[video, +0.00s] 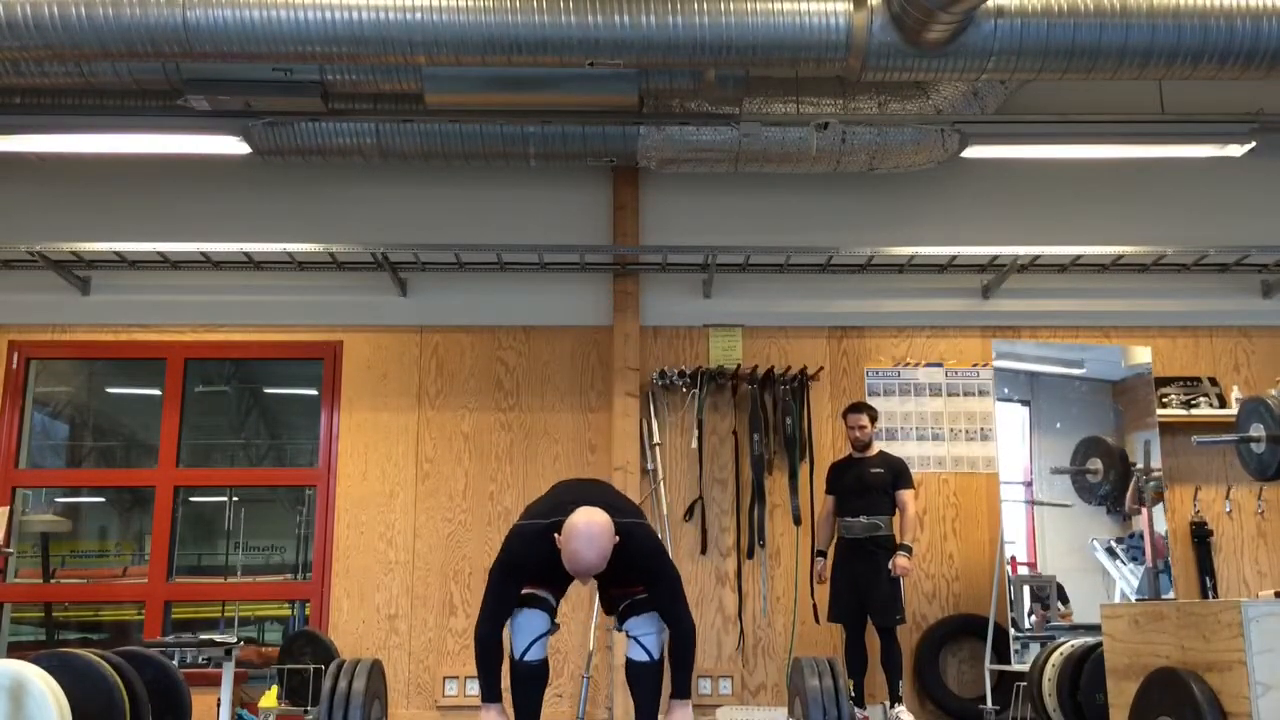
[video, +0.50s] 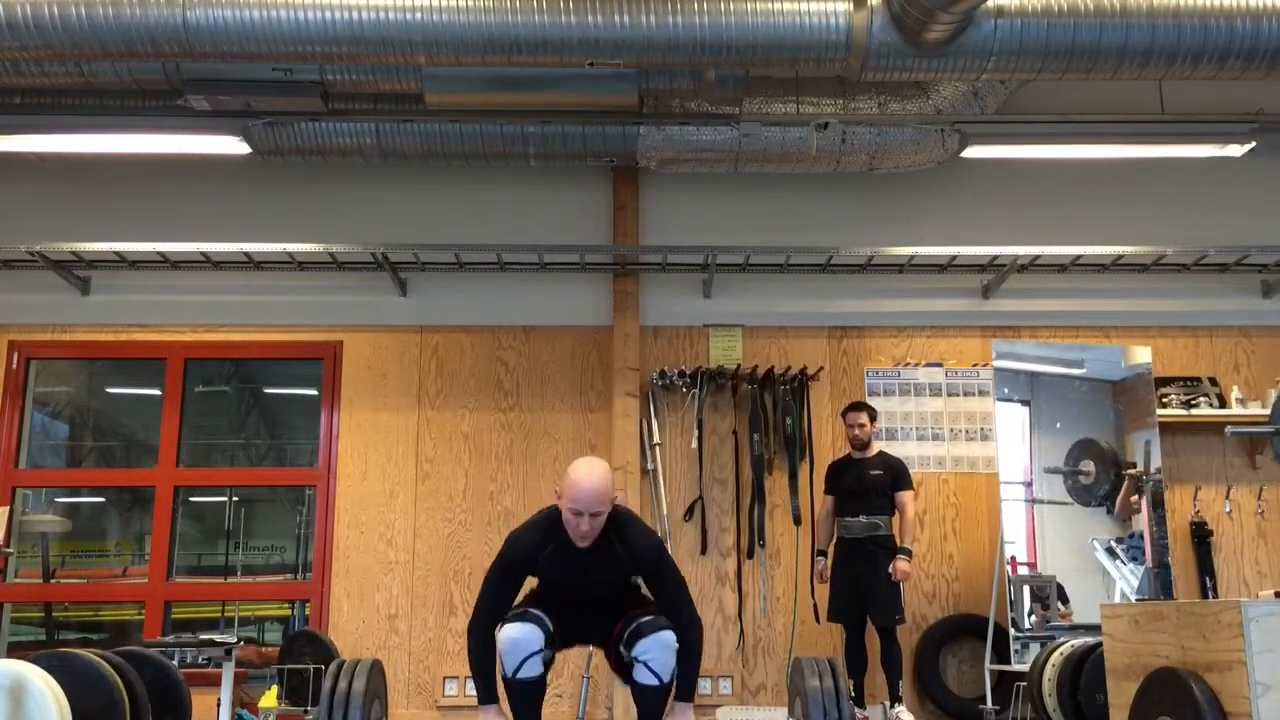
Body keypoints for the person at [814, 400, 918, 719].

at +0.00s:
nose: (856, 433)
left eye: (862, 427)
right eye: (851, 428)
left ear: (873, 427)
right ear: (845, 429)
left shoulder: (894, 465)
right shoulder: (837, 468)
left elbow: (907, 509)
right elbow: (827, 514)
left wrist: (904, 550)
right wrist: (820, 554)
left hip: (882, 559)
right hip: (847, 559)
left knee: (887, 632)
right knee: (853, 633)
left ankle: (896, 704)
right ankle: (858, 705)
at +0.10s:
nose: (855, 433)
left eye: (861, 427)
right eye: (850, 427)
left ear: (873, 427)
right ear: (844, 429)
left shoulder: (893, 465)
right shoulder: (837, 468)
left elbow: (907, 510)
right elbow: (827, 514)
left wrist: (904, 552)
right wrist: (821, 555)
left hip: (882, 559)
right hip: (847, 560)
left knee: (887, 632)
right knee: (853, 633)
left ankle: (896, 704)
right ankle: (858, 705)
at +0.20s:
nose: (855, 433)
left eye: (860, 426)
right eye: (850, 427)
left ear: (873, 427)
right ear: (844, 429)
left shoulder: (893, 465)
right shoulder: (837, 468)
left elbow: (907, 511)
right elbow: (827, 514)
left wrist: (905, 553)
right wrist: (822, 555)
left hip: (882, 559)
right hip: (847, 559)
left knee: (887, 632)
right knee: (853, 633)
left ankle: (896, 704)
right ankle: (858, 705)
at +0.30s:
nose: (855, 432)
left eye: (860, 426)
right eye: (850, 427)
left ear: (873, 427)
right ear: (844, 429)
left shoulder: (893, 465)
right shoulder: (837, 467)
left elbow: (907, 511)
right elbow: (827, 514)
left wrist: (905, 554)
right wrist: (822, 555)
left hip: (882, 558)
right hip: (847, 559)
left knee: (886, 632)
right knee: (853, 633)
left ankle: (896, 704)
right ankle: (858, 705)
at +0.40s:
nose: (855, 432)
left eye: (860, 426)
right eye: (850, 426)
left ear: (873, 427)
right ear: (844, 429)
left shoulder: (892, 465)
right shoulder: (836, 468)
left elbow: (907, 511)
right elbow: (827, 513)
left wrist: (905, 554)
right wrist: (822, 554)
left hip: (881, 558)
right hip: (847, 559)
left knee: (886, 632)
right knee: (853, 633)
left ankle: (896, 704)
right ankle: (858, 705)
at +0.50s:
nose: (855, 431)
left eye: (861, 425)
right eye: (850, 426)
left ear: (873, 427)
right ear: (844, 429)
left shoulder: (892, 465)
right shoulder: (836, 468)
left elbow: (907, 511)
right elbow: (826, 513)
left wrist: (905, 553)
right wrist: (821, 554)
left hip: (882, 558)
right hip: (847, 559)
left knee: (887, 631)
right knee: (853, 633)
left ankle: (896, 704)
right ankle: (858, 705)